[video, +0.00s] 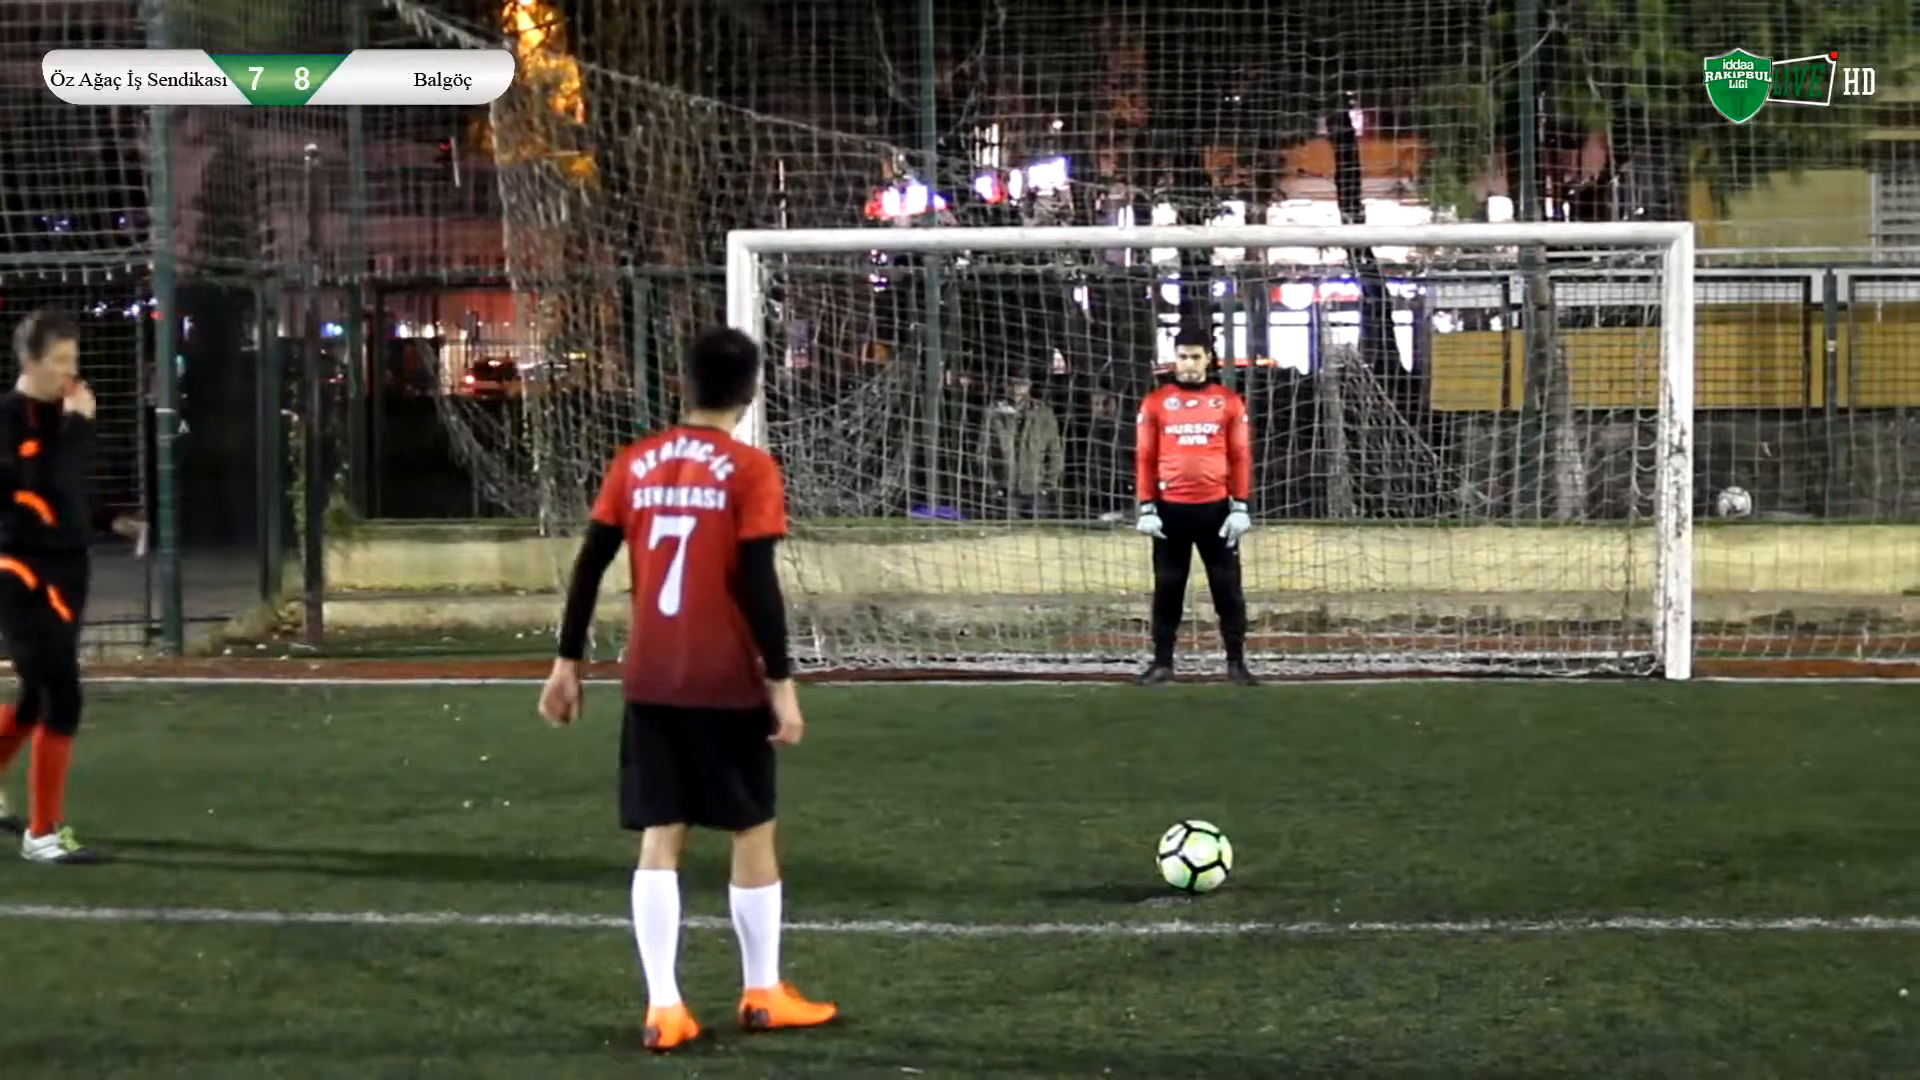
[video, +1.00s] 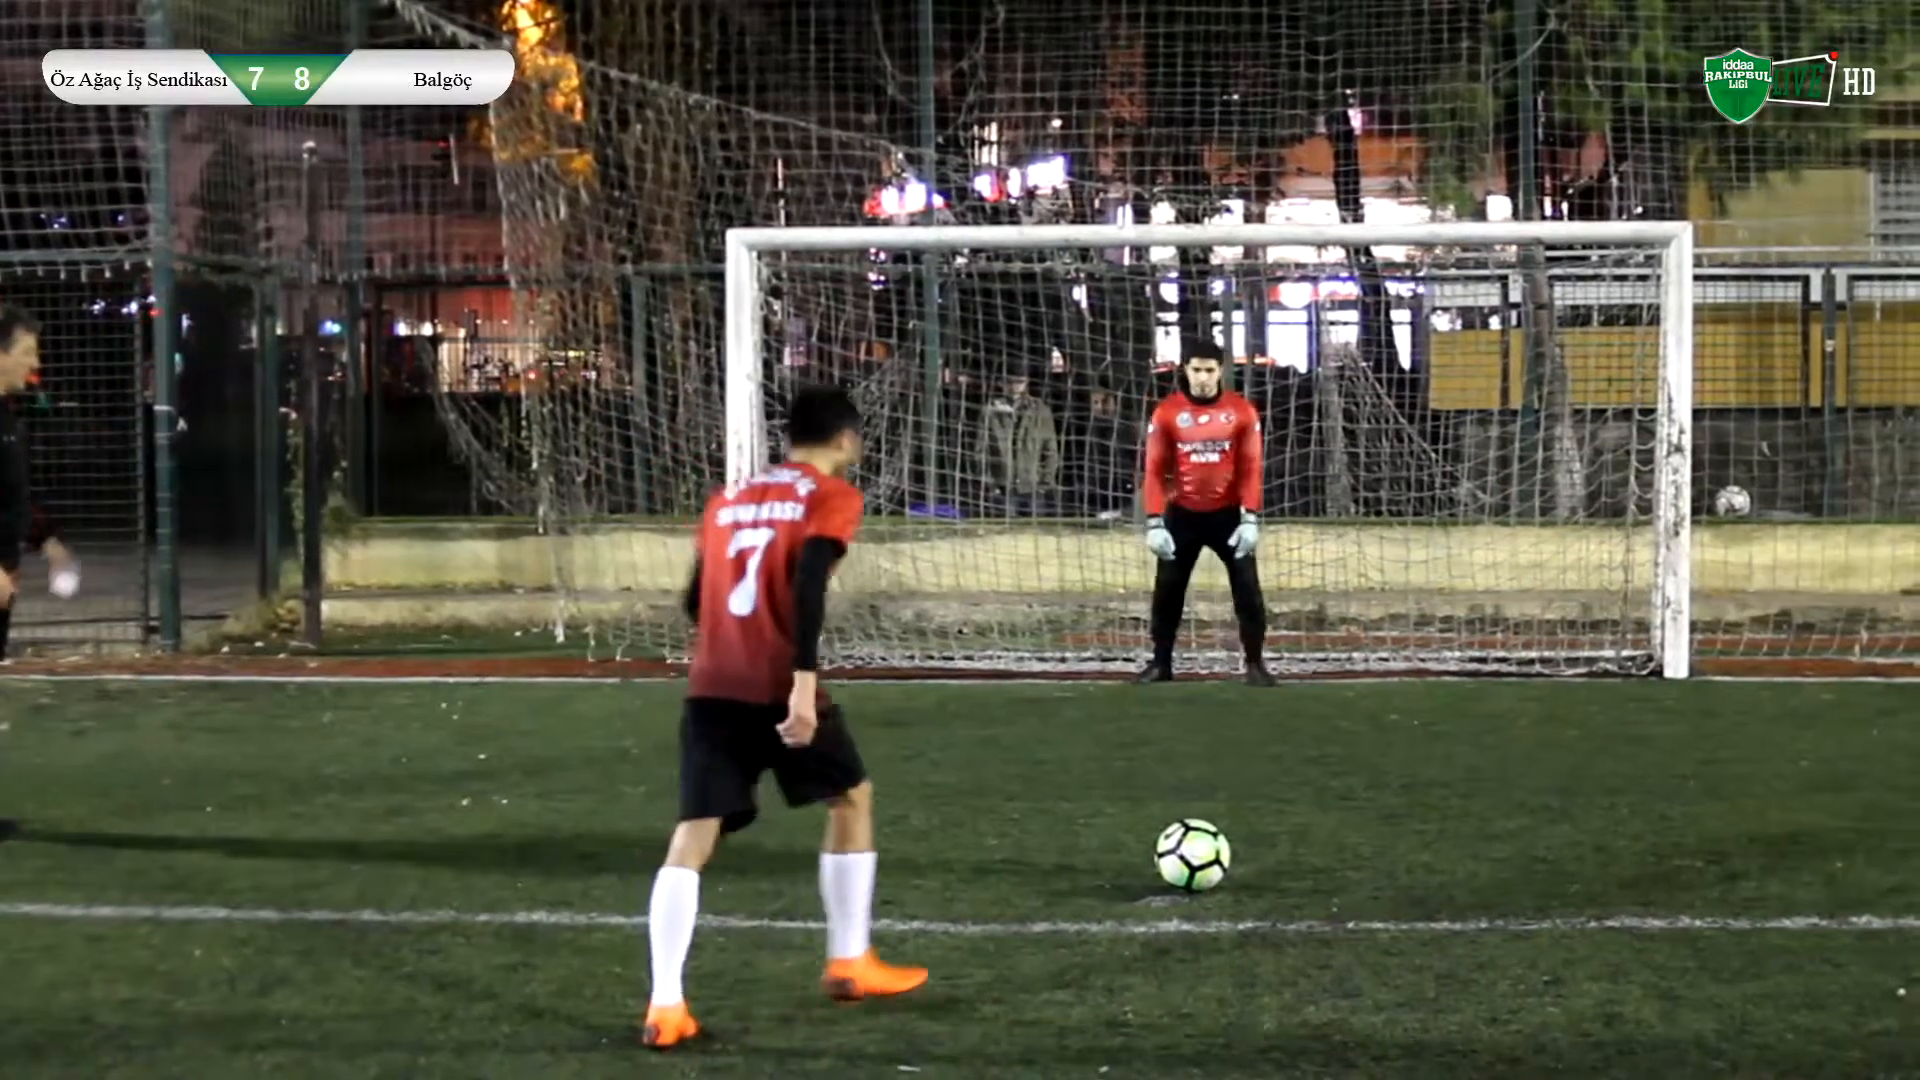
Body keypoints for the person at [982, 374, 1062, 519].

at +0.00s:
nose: (1015, 390)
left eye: (1021, 385)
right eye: (1011, 384)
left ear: (1030, 387)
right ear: (1005, 387)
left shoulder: (1044, 414)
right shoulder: (995, 413)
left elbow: (1055, 451)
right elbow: (983, 452)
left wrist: (1049, 484)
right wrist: (992, 486)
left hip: (1037, 491)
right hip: (1006, 492)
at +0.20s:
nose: (1015, 390)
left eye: (1021, 384)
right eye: (1011, 384)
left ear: (1029, 386)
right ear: (1005, 386)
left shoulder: (1043, 414)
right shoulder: (994, 412)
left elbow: (1054, 452)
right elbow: (983, 452)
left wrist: (1049, 484)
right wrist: (992, 487)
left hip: (1036, 492)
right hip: (1005, 492)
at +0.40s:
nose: (1014, 390)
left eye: (1019, 384)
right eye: (1010, 384)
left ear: (1027, 386)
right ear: (1003, 386)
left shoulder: (1042, 414)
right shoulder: (992, 412)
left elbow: (1052, 452)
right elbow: (982, 452)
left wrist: (1046, 485)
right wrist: (990, 487)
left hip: (1034, 491)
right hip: (1003, 492)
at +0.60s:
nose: (1018, 388)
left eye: (1023, 382)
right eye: (1013, 382)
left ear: (1031, 383)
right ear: (1006, 384)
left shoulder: (1045, 411)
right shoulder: (994, 411)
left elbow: (1055, 450)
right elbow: (985, 450)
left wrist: (1050, 483)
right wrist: (994, 486)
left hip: (1038, 490)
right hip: (1006, 491)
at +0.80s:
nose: (1015, 388)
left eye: (1020, 382)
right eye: (1010, 382)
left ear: (1027, 383)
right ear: (1003, 384)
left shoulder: (1042, 411)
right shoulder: (991, 411)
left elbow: (1052, 450)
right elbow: (982, 449)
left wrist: (1047, 483)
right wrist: (991, 485)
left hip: (1035, 490)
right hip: (1003, 491)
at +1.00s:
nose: (1014, 388)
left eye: (1020, 382)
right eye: (1009, 382)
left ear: (1027, 383)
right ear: (1002, 384)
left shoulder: (1041, 411)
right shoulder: (990, 411)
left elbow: (1051, 450)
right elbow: (981, 450)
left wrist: (1046, 483)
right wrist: (990, 485)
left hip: (1034, 491)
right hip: (1002, 491)